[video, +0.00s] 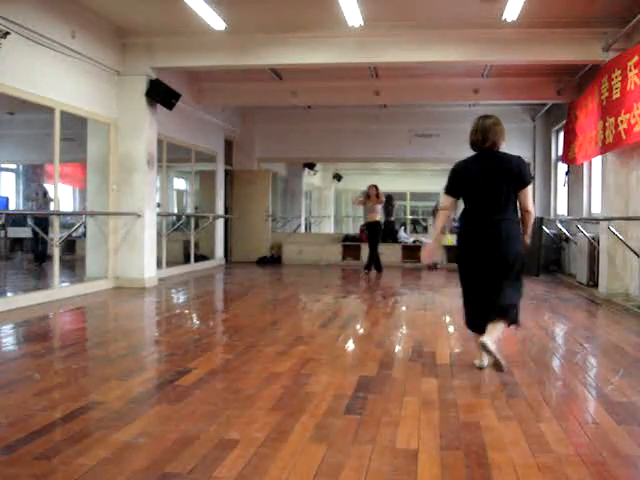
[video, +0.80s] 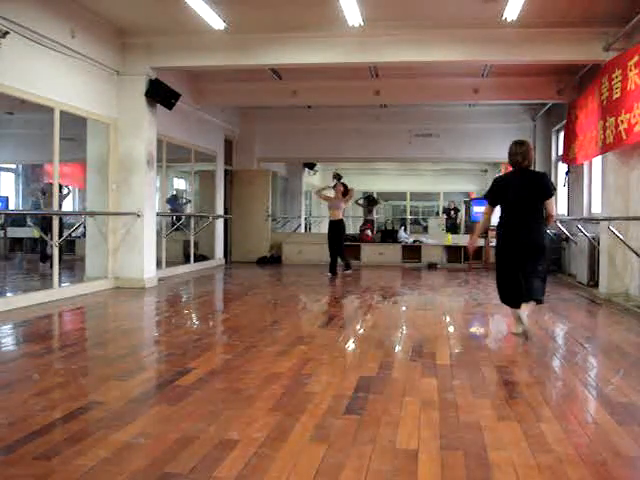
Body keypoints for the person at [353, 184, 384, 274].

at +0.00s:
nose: (371, 191)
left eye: (373, 189)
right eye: (370, 189)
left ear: (376, 191)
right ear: (368, 191)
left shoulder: (377, 200)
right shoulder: (366, 200)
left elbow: (382, 201)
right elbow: (355, 202)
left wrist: (380, 194)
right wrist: (362, 196)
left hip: (376, 222)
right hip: (368, 222)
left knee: (373, 247)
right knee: (372, 247)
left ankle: (367, 268)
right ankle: (379, 268)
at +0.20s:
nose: (364, 189)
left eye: (366, 187)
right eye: (363, 188)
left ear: (370, 190)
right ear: (362, 190)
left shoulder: (372, 201)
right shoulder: (359, 201)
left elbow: (378, 200)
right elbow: (348, 198)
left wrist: (376, 193)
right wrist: (356, 193)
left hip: (370, 221)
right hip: (362, 222)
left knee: (366, 247)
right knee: (361, 247)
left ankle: (363, 270)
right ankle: (374, 263)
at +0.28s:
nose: (361, 189)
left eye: (363, 187)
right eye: (360, 187)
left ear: (366, 190)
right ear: (358, 189)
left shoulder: (368, 200)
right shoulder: (356, 200)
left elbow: (374, 198)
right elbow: (344, 197)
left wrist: (373, 192)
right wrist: (353, 192)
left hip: (366, 221)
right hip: (358, 221)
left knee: (365, 247)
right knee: (355, 248)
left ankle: (363, 271)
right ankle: (364, 264)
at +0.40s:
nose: (355, 190)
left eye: (357, 188)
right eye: (354, 188)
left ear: (361, 190)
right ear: (353, 190)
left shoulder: (362, 200)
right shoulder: (350, 200)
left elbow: (365, 200)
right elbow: (338, 197)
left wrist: (364, 195)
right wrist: (348, 193)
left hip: (360, 222)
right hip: (352, 222)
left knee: (362, 247)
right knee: (345, 244)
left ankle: (363, 270)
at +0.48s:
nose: (352, 190)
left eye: (354, 188)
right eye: (351, 188)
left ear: (358, 190)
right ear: (349, 190)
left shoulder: (360, 200)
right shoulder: (346, 198)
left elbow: (357, 204)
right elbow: (335, 196)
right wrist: (344, 194)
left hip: (357, 222)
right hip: (348, 222)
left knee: (360, 248)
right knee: (344, 248)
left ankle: (362, 270)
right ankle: (337, 270)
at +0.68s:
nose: (344, 190)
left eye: (346, 188)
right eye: (342, 188)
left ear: (349, 190)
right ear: (341, 190)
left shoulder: (351, 201)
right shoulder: (337, 200)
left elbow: (357, 192)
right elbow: (327, 193)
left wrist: (352, 192)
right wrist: (337, 191)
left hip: (346, 222)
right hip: (337, 222)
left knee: (351, 247)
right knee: (335, 248)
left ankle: (360, 269)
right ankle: (332, 271)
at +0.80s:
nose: (337, 188)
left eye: (339, 186)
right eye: (336, 186)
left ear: (343, 190)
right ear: (335, 188)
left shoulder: (343, 201)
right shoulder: (330, 199)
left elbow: (351, 194)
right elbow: (317, 193)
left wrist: (349, 190)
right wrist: (328, 187)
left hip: (339, 221)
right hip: (332, 221)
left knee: (339, 248)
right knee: (332, 249)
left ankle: (347, 266)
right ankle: (333, 272)